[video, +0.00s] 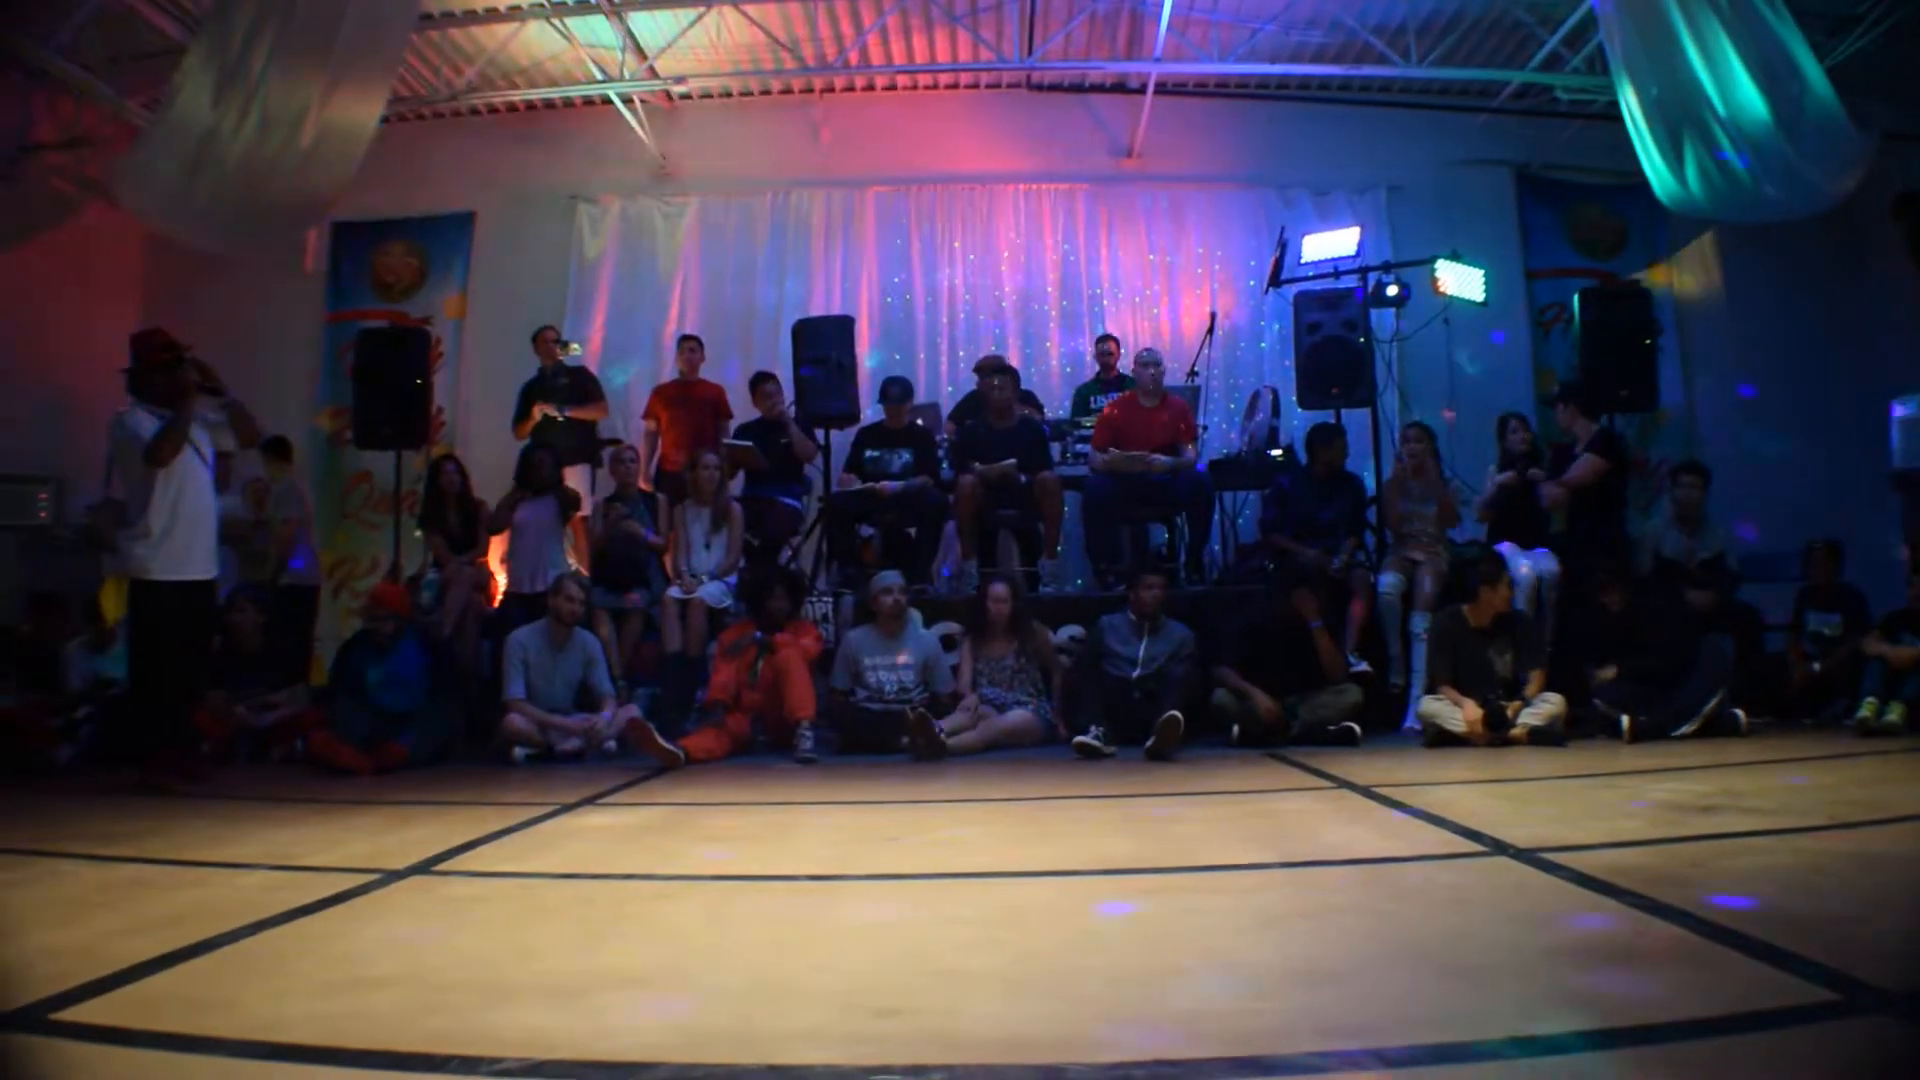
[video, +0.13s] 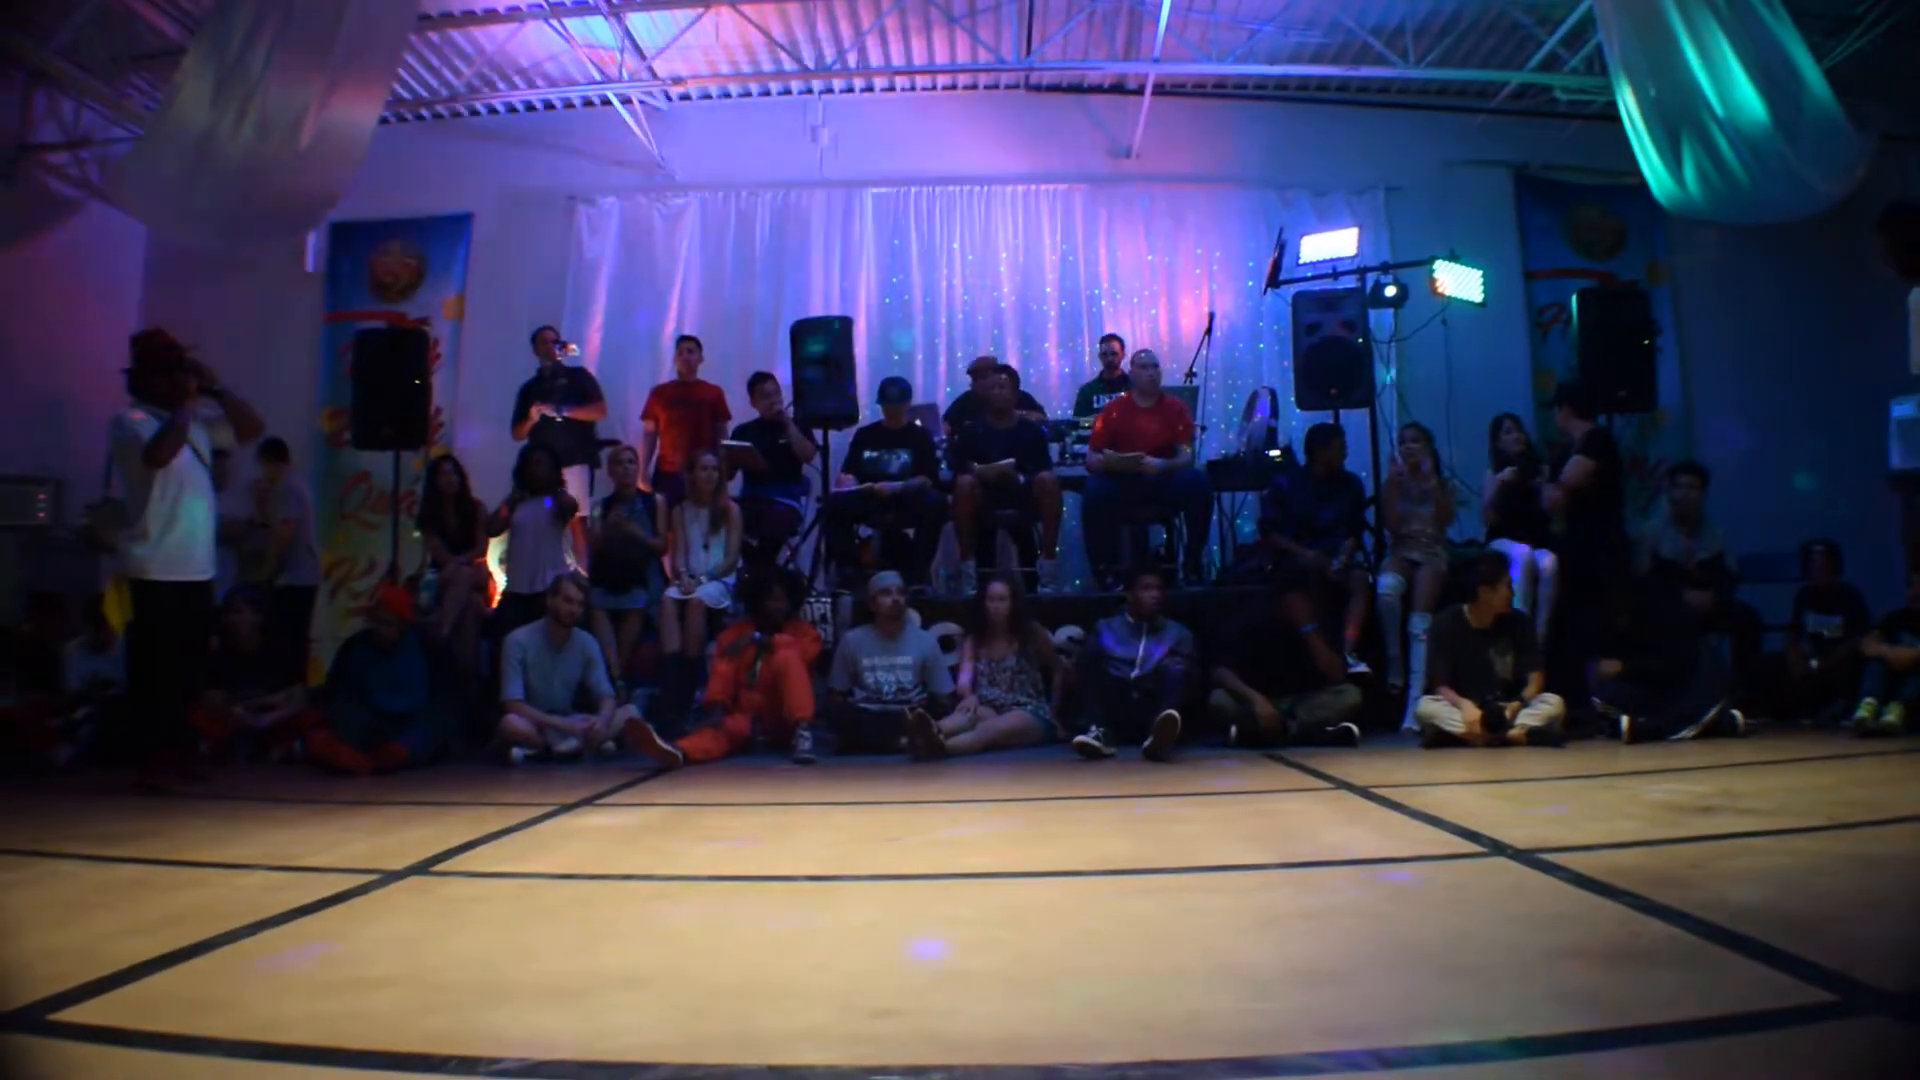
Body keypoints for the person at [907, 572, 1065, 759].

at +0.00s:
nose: (997, 608)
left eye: (1003, 602)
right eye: (992, 601)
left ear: (1014, 604)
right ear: (983, 604)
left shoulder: (1033, 636)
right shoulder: (973, 640)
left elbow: (1056, 672)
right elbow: (963, 684)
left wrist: (1058, 717)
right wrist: (970, 697)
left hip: (1028, 705)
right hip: (988, 703)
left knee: (992, 729)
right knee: (969, 712)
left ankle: (943, 746)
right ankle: (936, 728)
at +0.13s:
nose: (995, 606)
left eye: (1002, 600)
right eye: (990, 600)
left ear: (1013, 603)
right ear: (982, 603)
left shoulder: (1032, 635)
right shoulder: (974, 640)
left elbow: (1058, 670)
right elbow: (963, 682)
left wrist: (1054, 712)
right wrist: (969, 696)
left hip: (1027, 706)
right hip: (989, 704)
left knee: (992, 731)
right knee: (969, 713)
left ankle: (942, 747)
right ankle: (935, 730)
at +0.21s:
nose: (994, 605)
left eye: (1001, 599)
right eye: (989, 599)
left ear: (1012, 603)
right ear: (982, 603)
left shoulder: (1031, 635)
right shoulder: (974, 640)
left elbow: (1058, 671)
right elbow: (963, 686)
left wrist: (1052, 712)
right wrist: (970, 697)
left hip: (1026, 707)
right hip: (989, 707)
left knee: (990, 732)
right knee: (971, 714)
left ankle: (941, 747)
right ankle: (934, 730)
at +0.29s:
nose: (989, 604)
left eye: (996, 598)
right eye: (986, 598)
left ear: (1011, 603)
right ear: (980, 602)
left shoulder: (1031, 636)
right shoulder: (973, 641)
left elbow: (1057, 671)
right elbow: (963, 684)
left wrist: (1052, 712)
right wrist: (969, 697)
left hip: (1026, 707)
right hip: (989, 706)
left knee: (995, 730)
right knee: (970, 713)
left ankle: (941, 747)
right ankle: (933, 730)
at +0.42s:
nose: (985, 604)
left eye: (993, 598)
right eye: (983, 598)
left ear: (1009, 603)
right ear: (979, 601)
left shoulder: (1030, 635)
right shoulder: (972, 641)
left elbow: (1056, 670)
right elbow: (963, 685)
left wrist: (1052, 712)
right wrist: (969, 698)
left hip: (1026, 708)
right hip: (987, 706)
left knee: (989, 733)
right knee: (969, 717)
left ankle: (940, 748)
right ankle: (932, 730)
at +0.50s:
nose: (983, 604)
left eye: (991, 599)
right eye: (982, 598)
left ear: (1008, 604)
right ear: (978, 602)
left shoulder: (1030, 637)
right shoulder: (971, 641)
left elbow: (1056, 669)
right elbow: (962, 687)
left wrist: (1051, 711)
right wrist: (968, 700)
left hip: (1026, 709)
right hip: (988, 709)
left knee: (985, 734)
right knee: (967, 717)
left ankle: (939, 749)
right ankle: (933, 731)